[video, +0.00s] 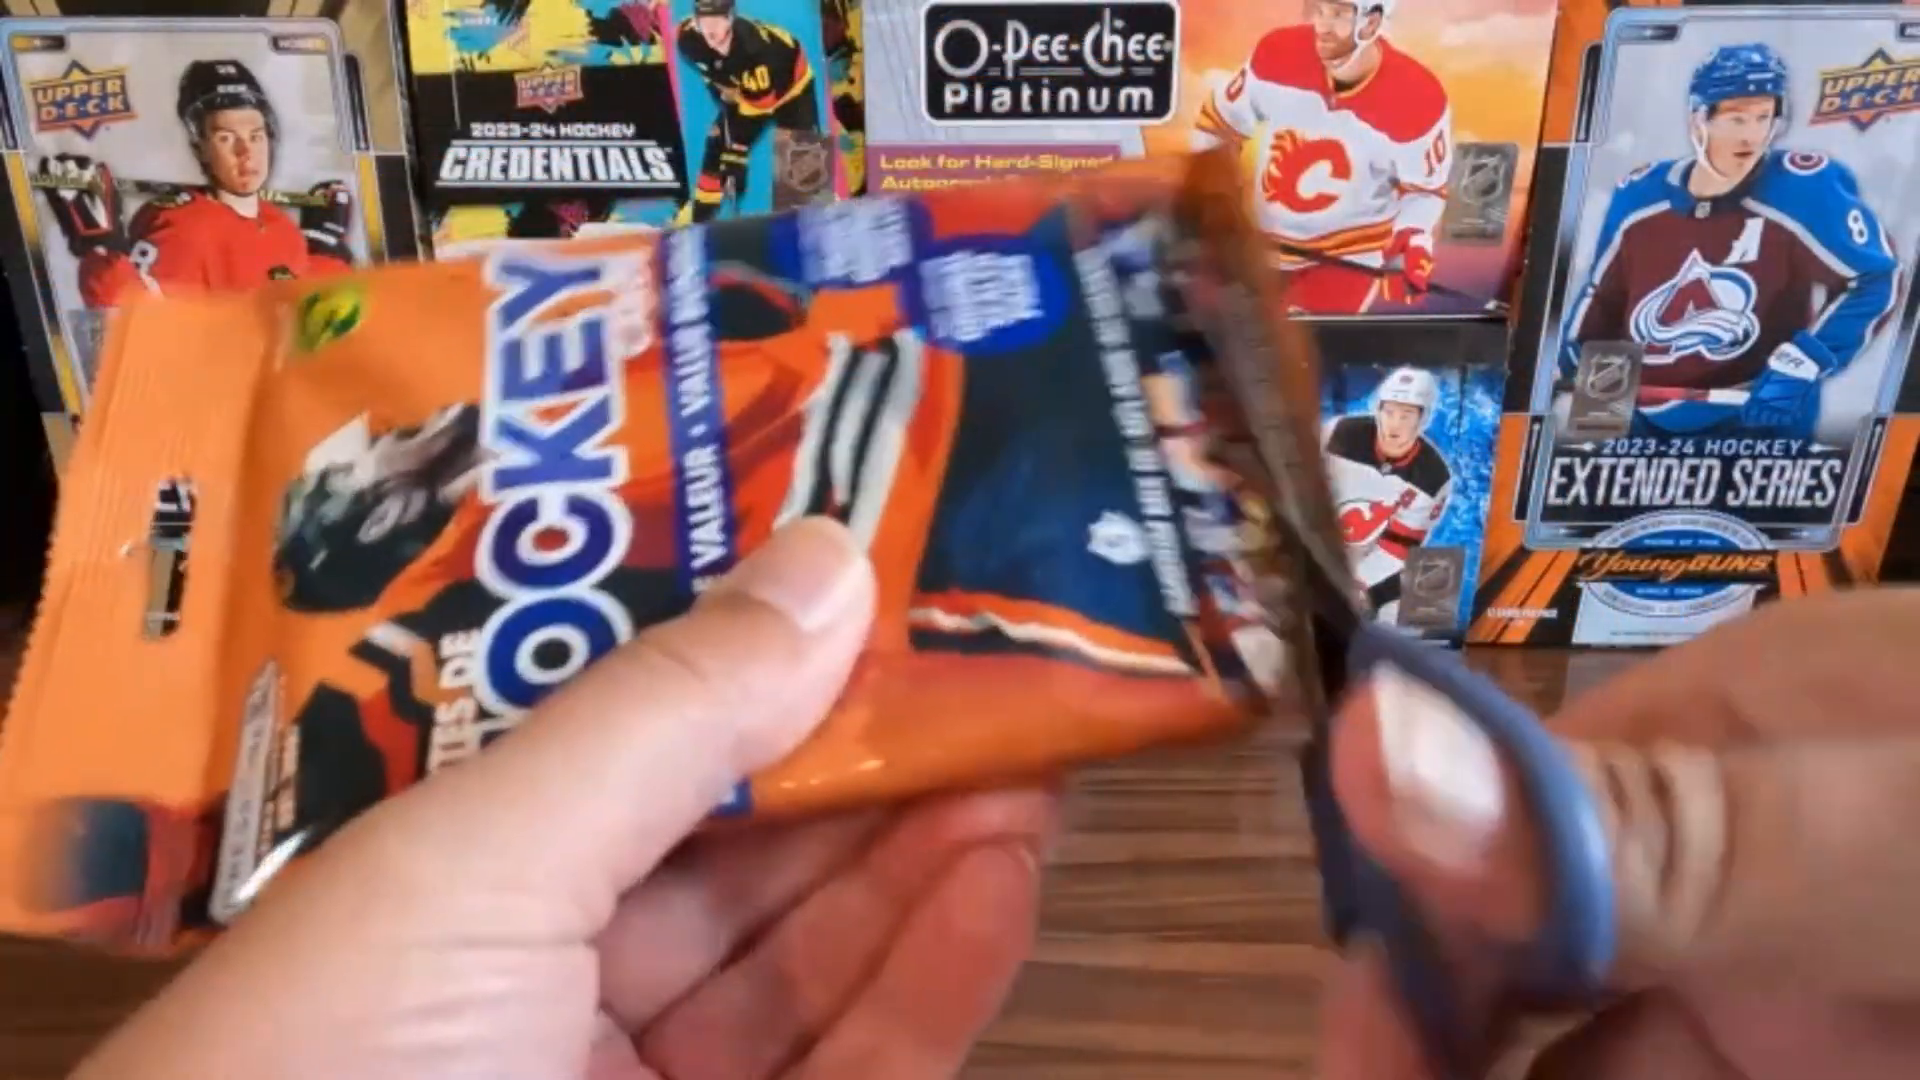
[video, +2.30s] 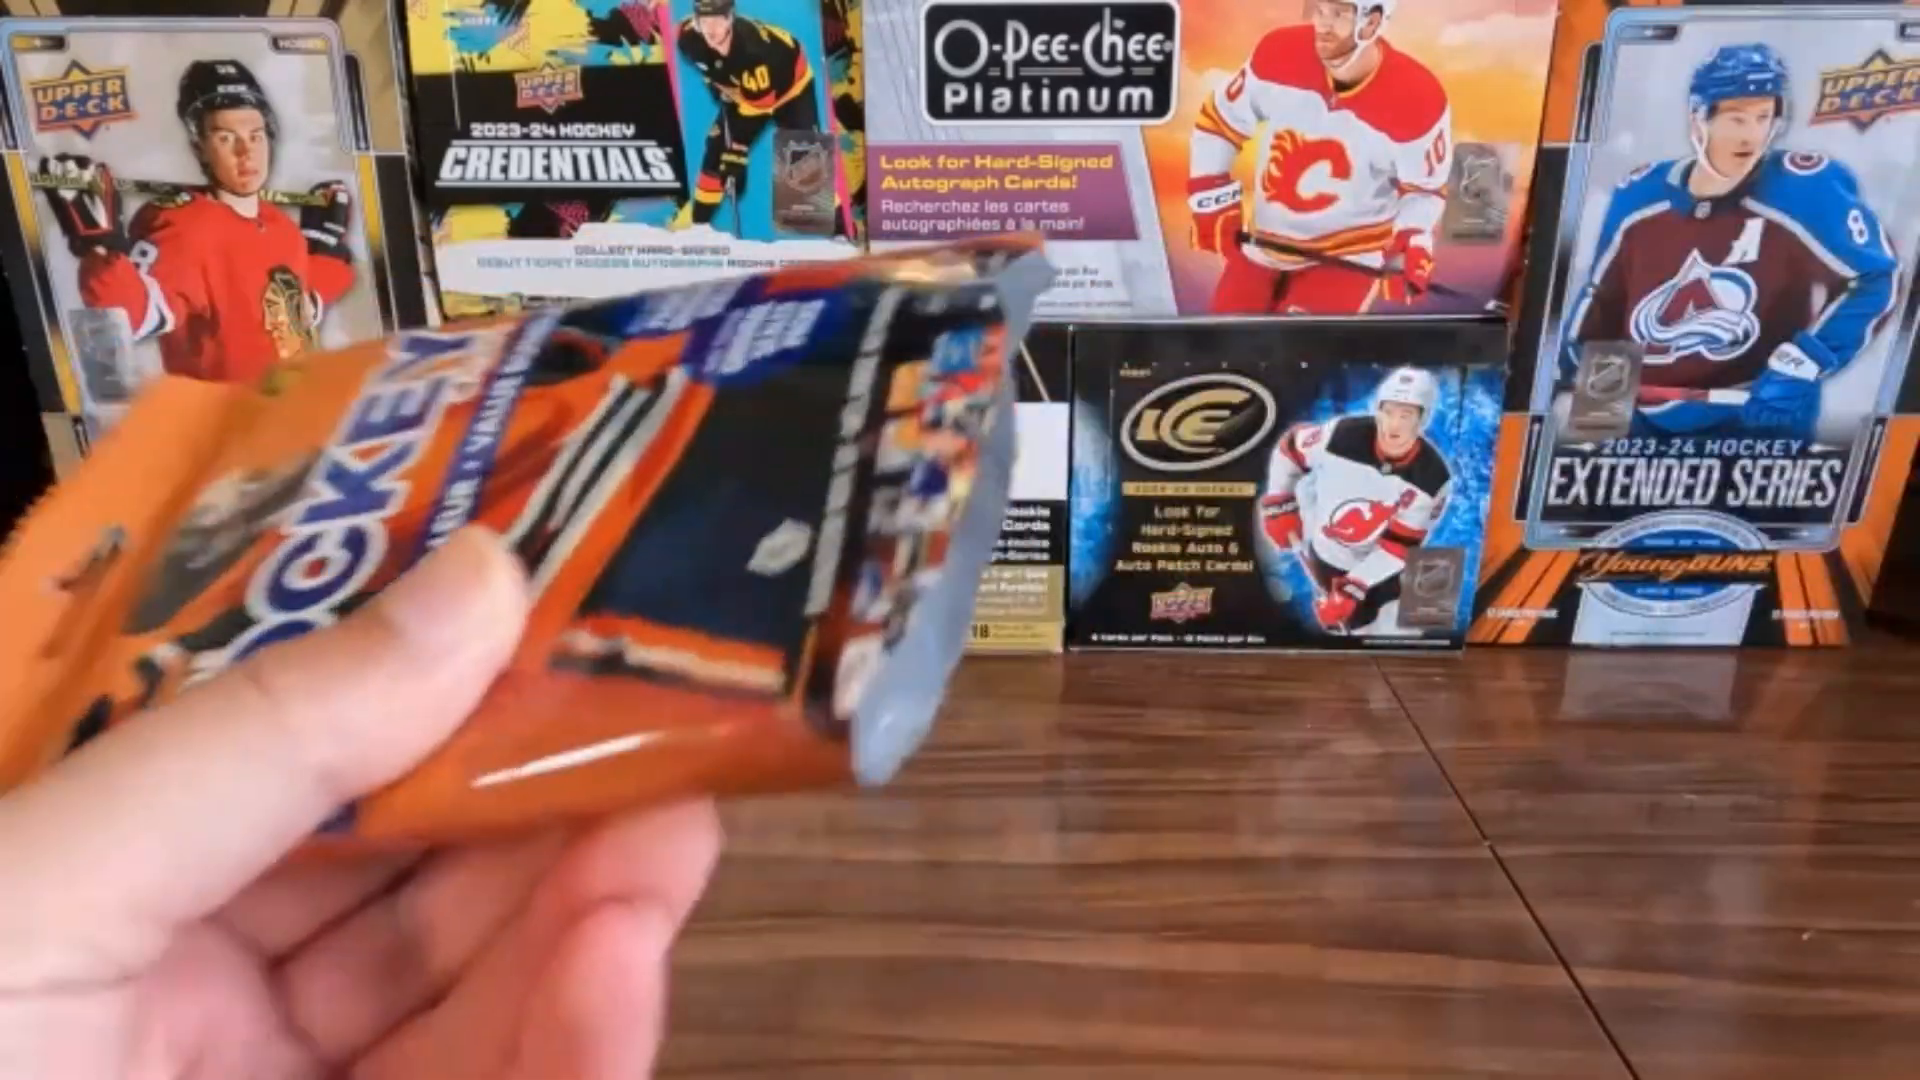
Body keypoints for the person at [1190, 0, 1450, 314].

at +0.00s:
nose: (1323, 27)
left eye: (1340, 14)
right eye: (1318, 11)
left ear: (1373, 21)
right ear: (1309, 11)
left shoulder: (1417, 95)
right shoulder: (1276, 56)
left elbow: (1423, 190)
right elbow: (1215, 128)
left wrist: (1414, 248)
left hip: (1351, 262)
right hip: (1261, 254)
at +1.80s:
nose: (1322, 26)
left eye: (1339, 14)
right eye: (1317, 11)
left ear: (1373, 23)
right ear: (1308, 10)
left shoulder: (1417, 96)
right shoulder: (1277, 55)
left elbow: (1424, 190)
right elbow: (1216, 126)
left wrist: (1413, 250)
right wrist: (1217, 217)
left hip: (1354, 260)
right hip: (1270, 245)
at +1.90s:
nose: (1324, 26)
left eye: (1339, 14)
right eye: (1319, 11)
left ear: (1372, 21)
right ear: (1309, 11)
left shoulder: (1419, 98)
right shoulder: (1277, 53)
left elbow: (1424, 200)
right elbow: (1217, 125)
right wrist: (1204, 207)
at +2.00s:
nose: (1323, 26)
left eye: (1339, 14)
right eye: (1317, 11)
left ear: (1373, 23)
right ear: (1308, 11)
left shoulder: (1417, 95)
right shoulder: (1277, 56)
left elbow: (1423, 191)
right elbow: (1216, 125)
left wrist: (1415, 250)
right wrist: (1214, 203)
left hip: (1348, 261)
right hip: (1262, 248)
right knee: (1214, 362)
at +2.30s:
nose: (1323, 26)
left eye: (1339, 14)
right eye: (1318, 11)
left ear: (1373, 22)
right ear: (1309, 11)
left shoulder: (1417, 96)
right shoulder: (1277, 55)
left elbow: (1423, 190)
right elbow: (1216, 124)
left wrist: (1415, 249)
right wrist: (1213, 202)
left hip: (1347, 261)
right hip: (1261, 248)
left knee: (1288, 365)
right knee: (1222, 357)